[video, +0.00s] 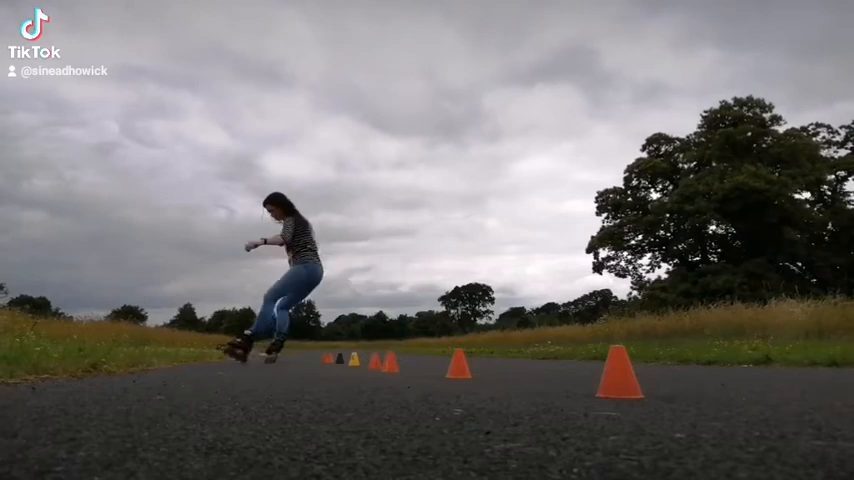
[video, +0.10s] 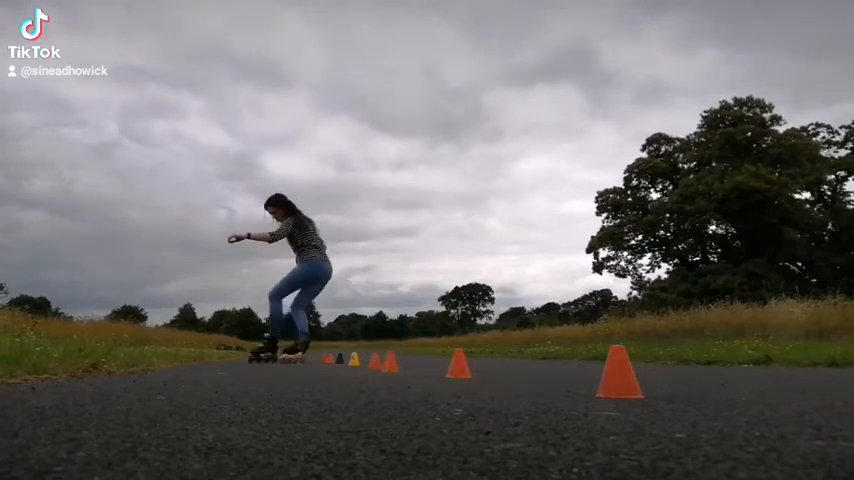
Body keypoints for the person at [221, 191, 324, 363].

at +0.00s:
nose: (271, 215)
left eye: (272, 211)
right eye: (269, 212)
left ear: (281, 207)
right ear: (283, 207)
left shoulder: (291, 220)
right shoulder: (300, 221)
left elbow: (284, 239)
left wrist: (260, 242)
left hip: (305, 267)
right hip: (315, 271)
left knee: (270, 297)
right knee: (282, 306)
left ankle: (249, 339)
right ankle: (278, 342)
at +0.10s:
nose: (273, 217)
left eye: (274, 212)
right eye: (271, 214)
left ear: (283, 208)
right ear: (288, 207)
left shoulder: (291, 221)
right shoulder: (306, 220)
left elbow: (273, 237)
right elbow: (315, 243)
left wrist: (247, 236)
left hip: (311, 265)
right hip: (325, 268)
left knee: (275, 295)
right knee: (298, 306)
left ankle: (273, 343)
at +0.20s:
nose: (276, 216)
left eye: (277, 212)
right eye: (274, 214)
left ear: (286, 207)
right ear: (292, 207)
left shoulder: (294, 220)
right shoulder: (310, 218)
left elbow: (277, 239)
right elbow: (319, 241)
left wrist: (250, 238)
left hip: (317, 262)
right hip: (333, 263)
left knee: (291, 298)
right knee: (316, 306)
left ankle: (300, 341)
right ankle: (333, 339)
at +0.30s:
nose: (282, 215)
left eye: (282, 211)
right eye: (280, 212)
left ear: (291, 206)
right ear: (295, 205)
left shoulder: (300, 219)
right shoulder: (315, 216)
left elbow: (292, 242)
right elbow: (325, 238)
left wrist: (265, 246)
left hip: (325, 261)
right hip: (342, 260)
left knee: (309, 301)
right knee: (335, 304)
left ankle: (322, 341)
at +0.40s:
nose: (290, 212)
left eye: (290, 207)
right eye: (287, 209)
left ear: (299, 203)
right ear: (304, 202)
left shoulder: (309, 217)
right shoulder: (321, 213)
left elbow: (314, 242)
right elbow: (328, 245)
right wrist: (317, 264)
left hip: (336, 259)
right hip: (351, 256)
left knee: (325, 300)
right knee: (349, 304)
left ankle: (339, 340)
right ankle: (385, 335)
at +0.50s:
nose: (299, 208)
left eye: (300, 203)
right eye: (297, 204)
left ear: (309, 198)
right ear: (313, 198)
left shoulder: (322, 213)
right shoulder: (329, 210)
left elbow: (335, 235)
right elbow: (327, 241)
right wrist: (311, 258)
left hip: (348, 257)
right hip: (360, 254)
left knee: (338, 300)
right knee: (359, 303)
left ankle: (355, 342)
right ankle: (395, 335)